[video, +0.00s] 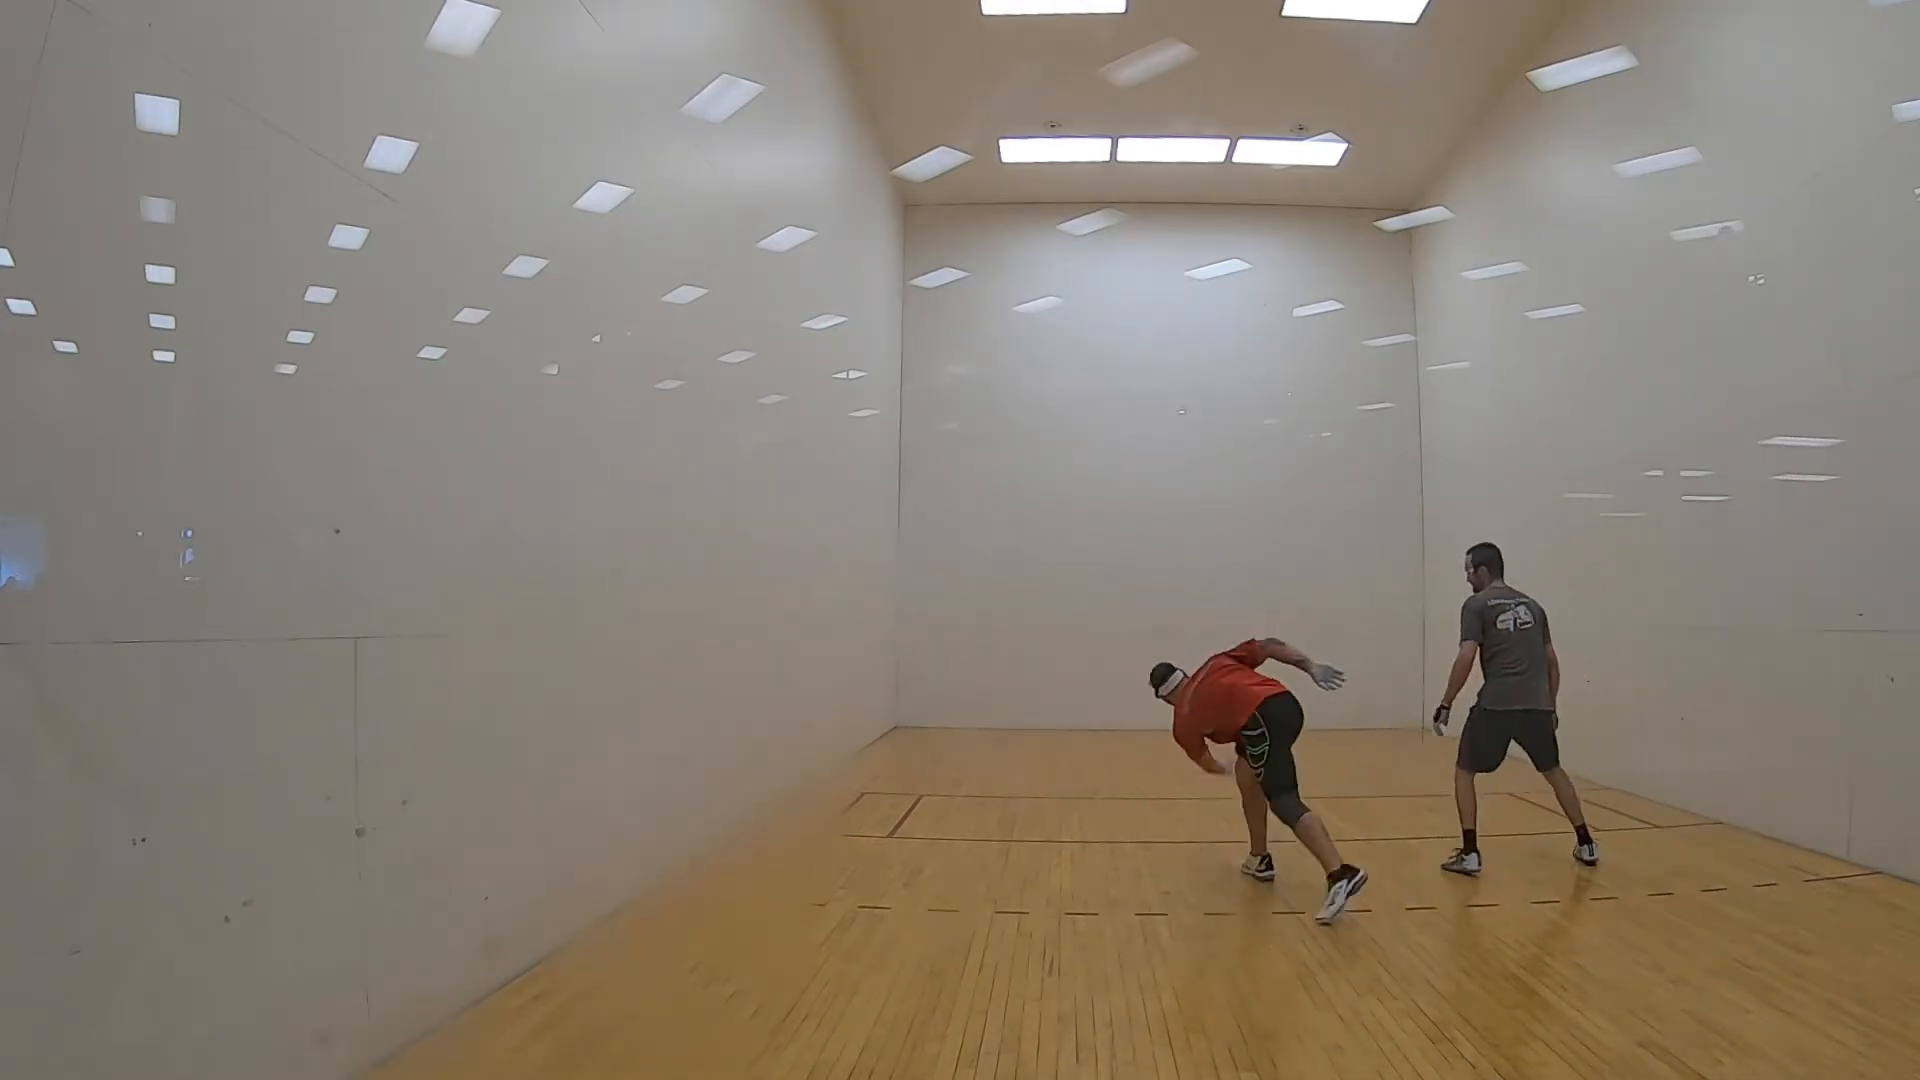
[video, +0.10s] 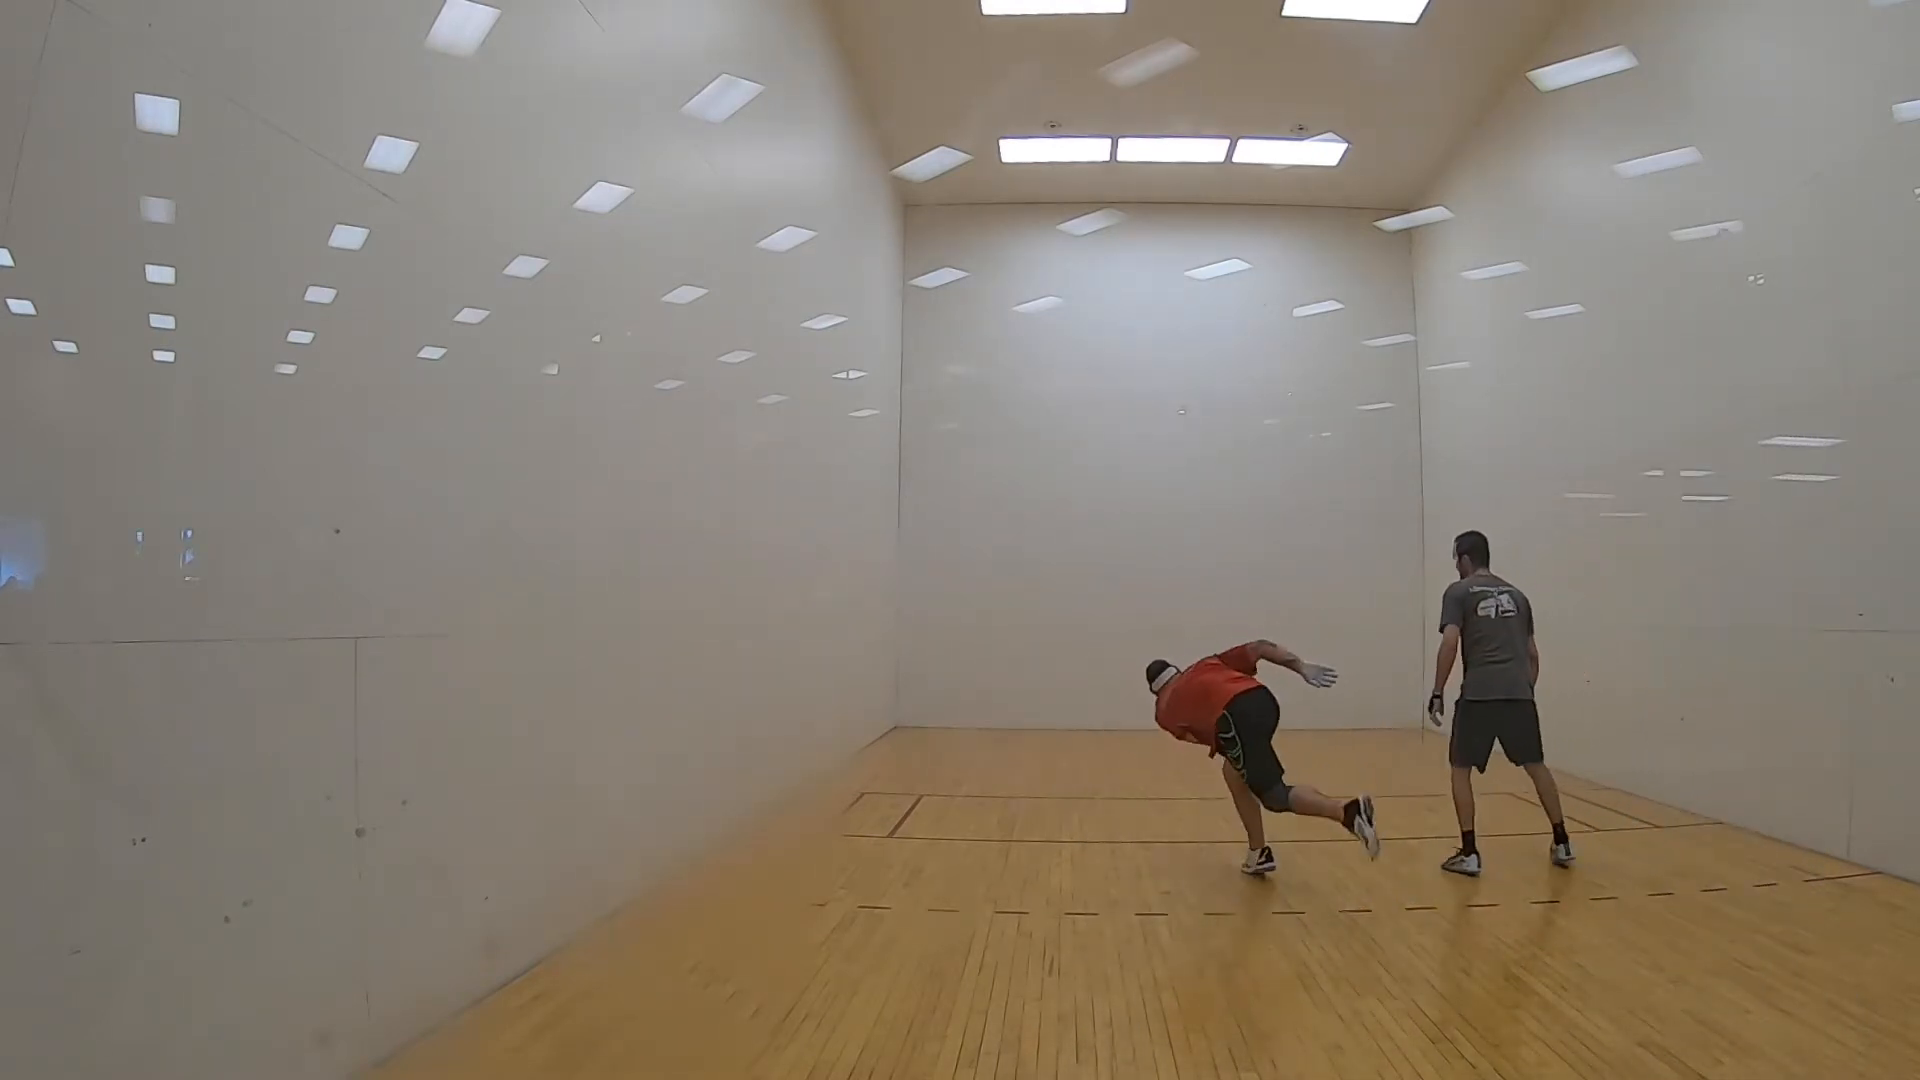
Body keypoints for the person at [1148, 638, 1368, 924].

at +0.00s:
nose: (1169, 701)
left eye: (1165, 697)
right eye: (1167, 695)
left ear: (1166, 696)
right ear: (1184, 674)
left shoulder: (1183, 723)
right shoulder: (1217, 662)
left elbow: (1206, 762)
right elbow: (1268, 645)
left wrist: (1224, 768)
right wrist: (1311, 666)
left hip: (1262, 725)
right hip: (1288, 707)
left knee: (1285, 803)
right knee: (1245, 772)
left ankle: (1339, 874)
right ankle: (1258, 857)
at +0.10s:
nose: (1159, 693)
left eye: (1157, 689)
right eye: (1161, 687)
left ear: (1156, 688)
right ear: (1177, 670)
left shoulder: (1163, 710)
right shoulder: (1206, 665)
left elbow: (1196, 732)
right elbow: (1259, 647)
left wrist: (1222, 745)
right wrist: (1301, 667)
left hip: (1236, 721)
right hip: (1265, 702)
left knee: (1275, 796)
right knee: (1232, 771)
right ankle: (1258, 852)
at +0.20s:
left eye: (1139, 670)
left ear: (1140, 668)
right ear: (1161, 650)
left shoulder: (1145, 692)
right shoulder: (1189, 649)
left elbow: (1173, 743)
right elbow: (1238, 629)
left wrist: (1203, 734)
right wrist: (1273, 660)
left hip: (1213, 702)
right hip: (1244, 686)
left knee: (1218, 785)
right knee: (1237, 773)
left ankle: (1285, 787)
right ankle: (1257, 843)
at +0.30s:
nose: (1130, 648)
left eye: (1124, 647)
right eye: (1132, 641)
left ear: (1118, 650)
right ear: (1142, 633)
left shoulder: (1125, 674)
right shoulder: (1173, 632)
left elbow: (1131, 725)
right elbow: (1215, 616)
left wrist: (1147, 765)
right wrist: (1234, 654)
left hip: (1184, 693)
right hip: (1221, 683)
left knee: (1159, 755)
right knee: (1225, 766)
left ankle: (1195, 818)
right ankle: (1252, 831)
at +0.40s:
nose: (1103, 638)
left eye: (1101, 634)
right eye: (1104, 634)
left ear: (1099, 634)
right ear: (1124, 622)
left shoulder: (1103, 661)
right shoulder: (1155, 628)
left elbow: (1103, 708)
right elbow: (1196, 625)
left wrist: (1101, 753)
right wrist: (1201, 666)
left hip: (1154, 707)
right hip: (1192, 700)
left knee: (1123, 757)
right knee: (1206, 771)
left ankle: (1107, 817)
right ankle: (1242, 823)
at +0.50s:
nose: (1089, 633)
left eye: (1086, 630)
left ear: (1083, 631)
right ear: (1109, 623)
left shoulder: (1083, 661)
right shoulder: (1141, 640)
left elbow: (1081, 707)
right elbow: (1179, 658)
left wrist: (1076, 754)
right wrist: (1169, 693)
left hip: (1119, 728)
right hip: (1158, 729)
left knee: (1095, 758)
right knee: (1171, 799)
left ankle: (1090, 817)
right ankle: (1213, 821)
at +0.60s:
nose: (1087, 634)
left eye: (1080, 631)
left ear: (1078, 633)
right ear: (1104, 628)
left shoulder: (1074, 666)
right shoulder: (1131, 652)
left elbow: (1060, 716)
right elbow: (1160, 690)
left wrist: (1051, 757)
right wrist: (1140, 716)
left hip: (1105, 733)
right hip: (1141, 733)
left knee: (1085, 740)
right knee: (1132, 793)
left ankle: (1090, 816)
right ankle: (1164, 820)